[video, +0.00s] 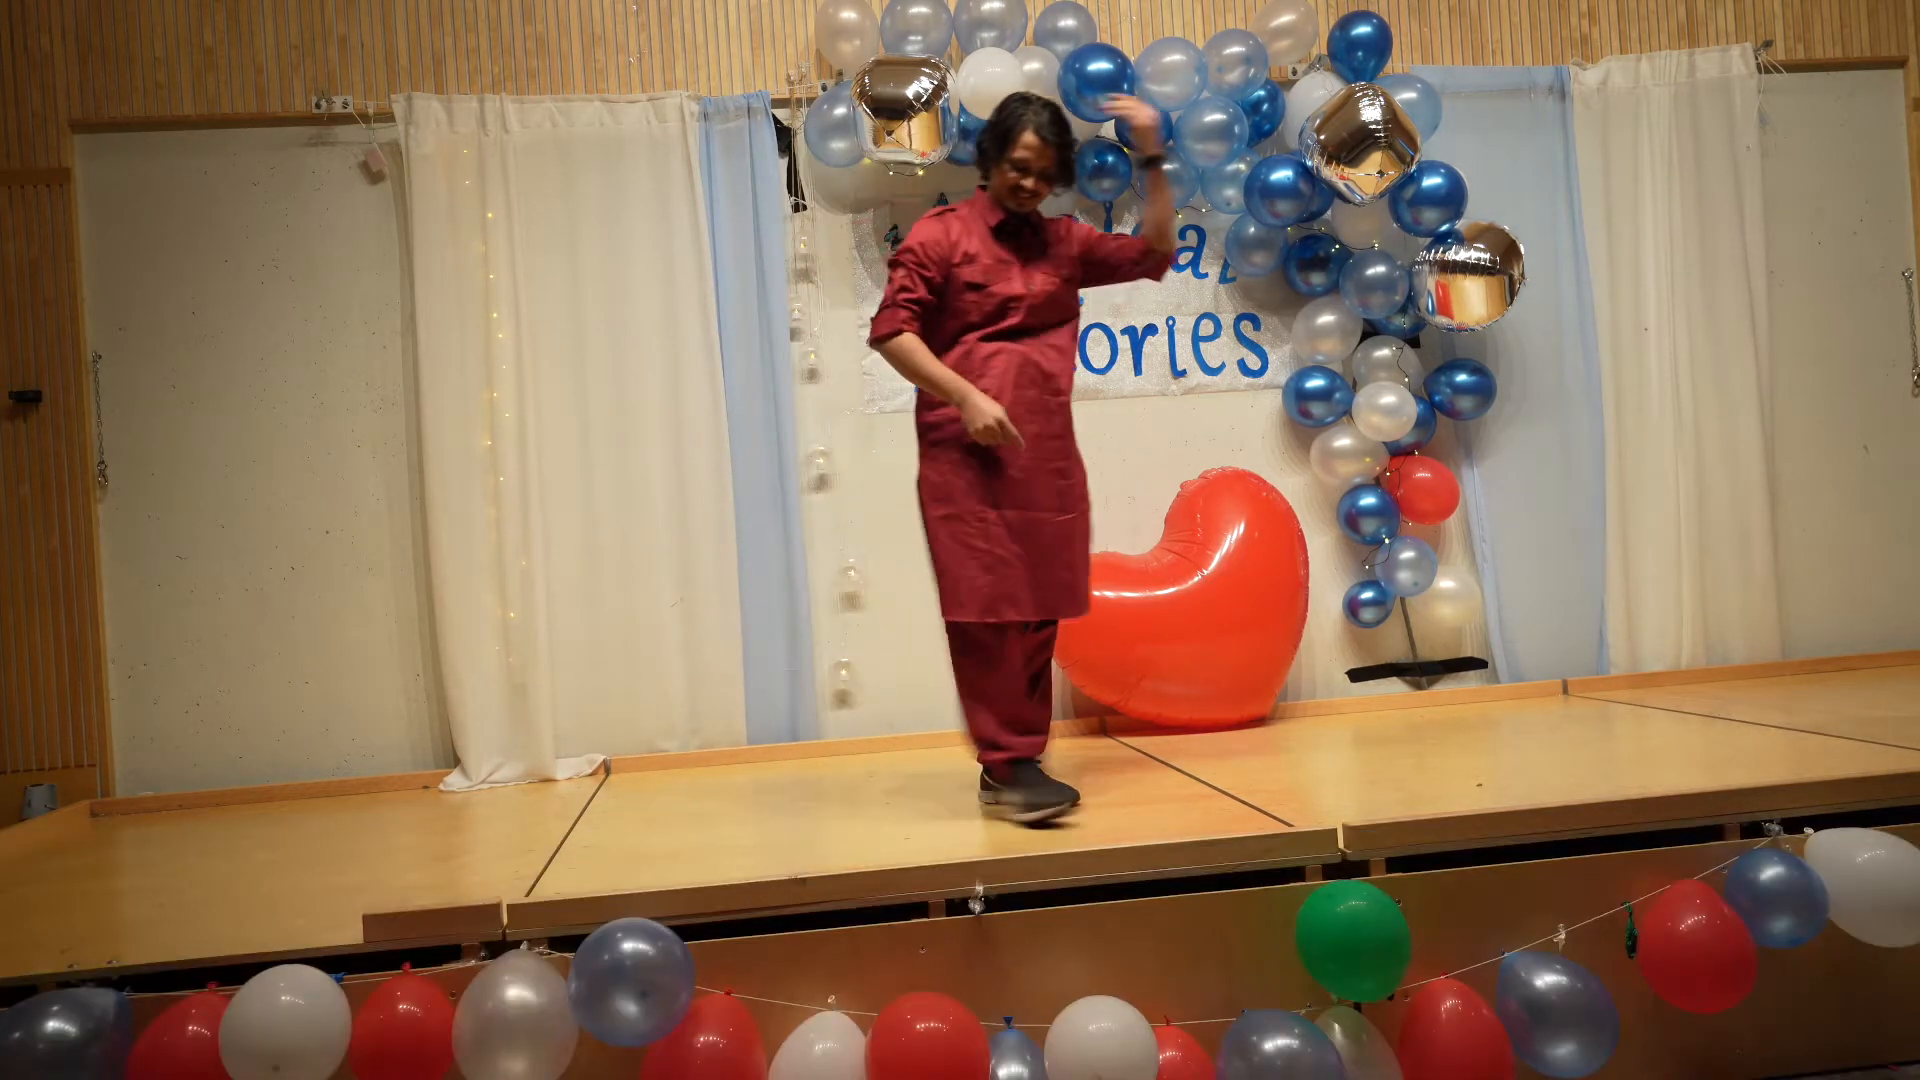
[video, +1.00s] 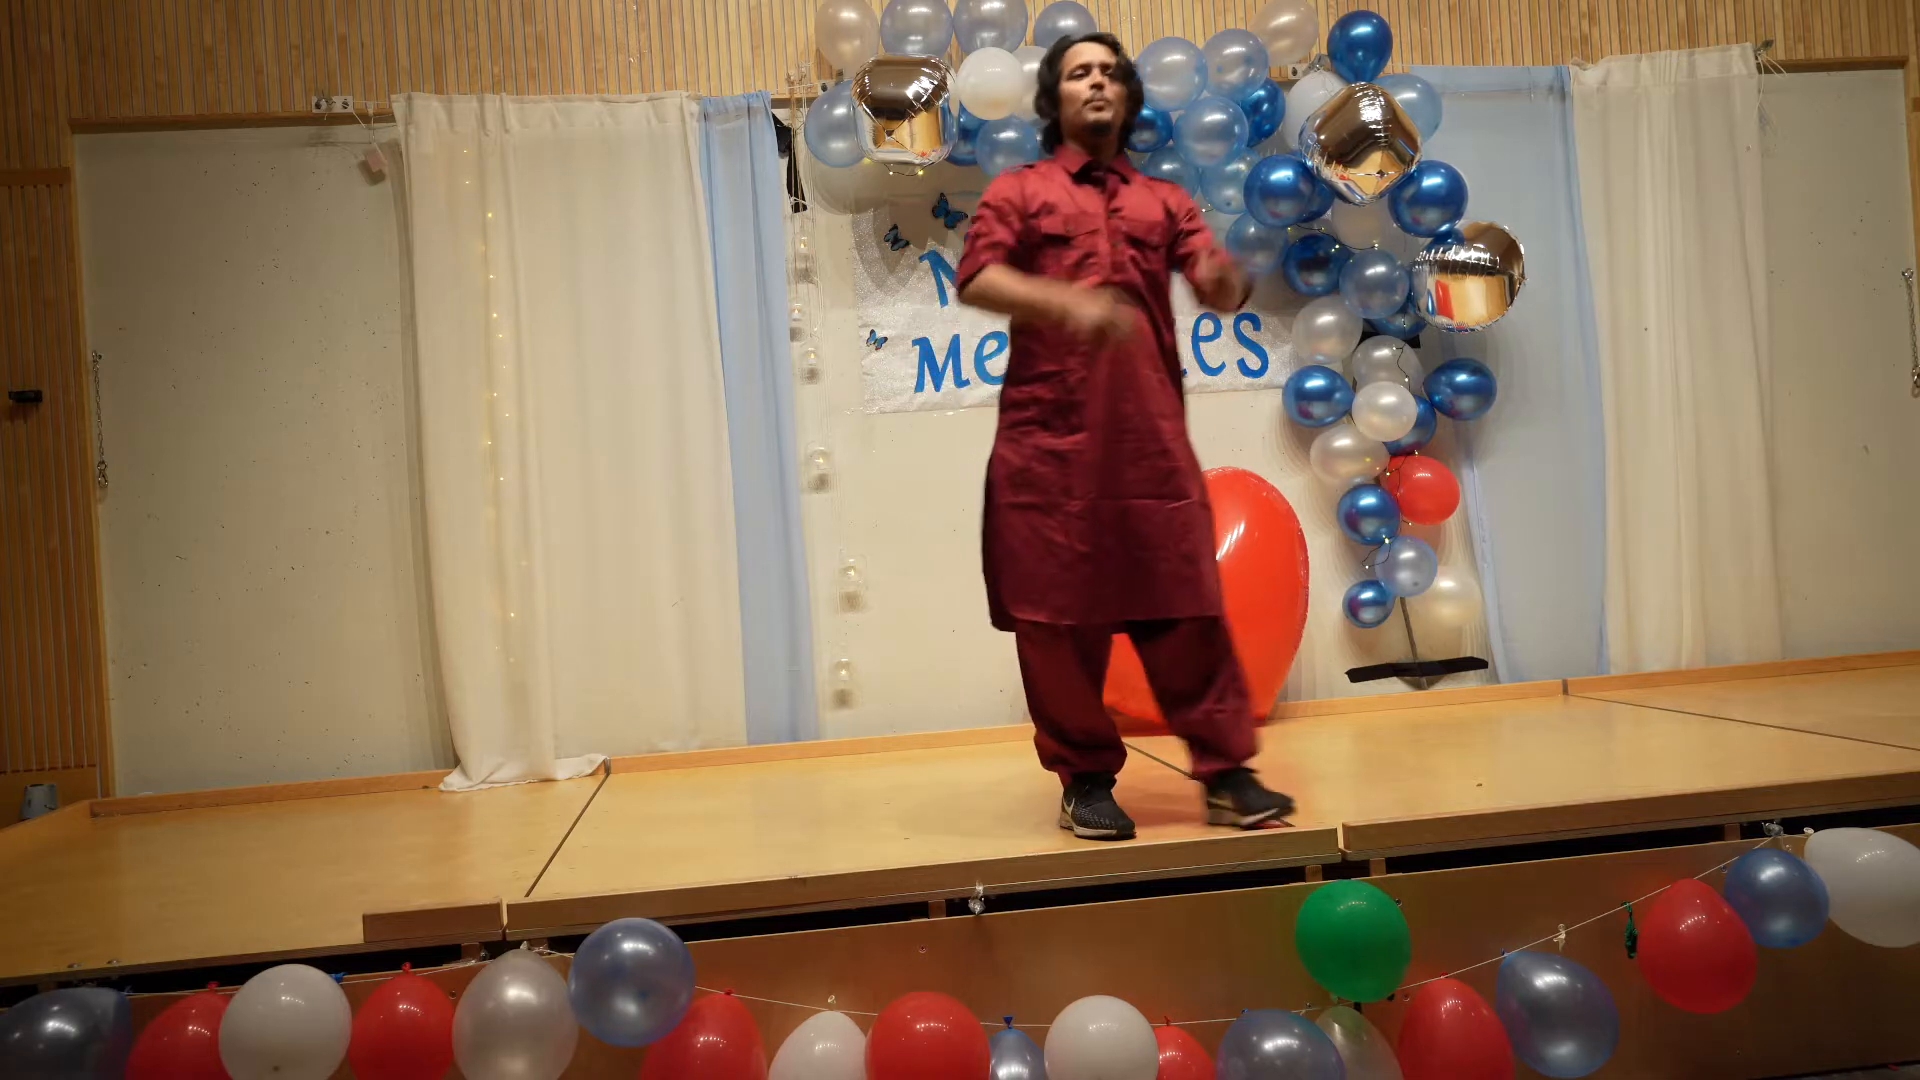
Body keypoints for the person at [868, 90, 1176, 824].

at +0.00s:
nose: (1029, 184)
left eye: (1044, 174)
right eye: (1018, 169)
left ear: (1059, 174)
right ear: (989, 159)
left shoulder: (1063, 239)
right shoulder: (940, 234)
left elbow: (1156, 254)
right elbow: (890, 330)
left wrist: (1153, 158)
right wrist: (964, 396)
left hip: (1045, 449)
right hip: (966, 451)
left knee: (1036, 602)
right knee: (987, 604)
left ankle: (1022, 762)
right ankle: (1003, 769)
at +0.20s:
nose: (1050, 182)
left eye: (1066, 172)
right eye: (1038, 165)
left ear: (1080, 174)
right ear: (1010, 157)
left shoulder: (1078, 242)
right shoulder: (964, 231)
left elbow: (1162, 292)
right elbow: (905, 333)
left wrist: (1229, 230)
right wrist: (974, 413)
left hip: (1059, 454)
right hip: (987, 455)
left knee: (1041, 601)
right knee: (1017, 604)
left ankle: (1006, 760)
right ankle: (1074, 764)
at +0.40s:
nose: (1070, 163)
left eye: (1086, 152)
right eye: (1057, 146)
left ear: (1100, 156)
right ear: (1027, 141)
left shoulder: (1097, 232)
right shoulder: (979, 224)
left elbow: (1150, 328)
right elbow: (929, 332)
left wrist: (1246, 337)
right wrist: (1001, 416)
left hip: (1078, 443)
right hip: (1005, 447)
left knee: (1061, 594)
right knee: (1032, 602)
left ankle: (1014, 749)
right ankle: (1077, 769)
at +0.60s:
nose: (1077, 126)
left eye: (1091, 113)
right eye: (1063, 110)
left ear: (1109, 127)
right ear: (1032, 118)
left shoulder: (1124, 225)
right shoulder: (987, 211)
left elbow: (1146, 335)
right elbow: (940, 321)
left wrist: (1207, 394)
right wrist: (1019, 397)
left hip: (1103, 441)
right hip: (1014, 443)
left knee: (1110, 597)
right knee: (1039, 609)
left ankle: (1036, 721)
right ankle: (1079, 772)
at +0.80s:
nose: (1082, 101)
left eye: (1096, 90)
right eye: (1066, 89)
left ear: (1115, 109)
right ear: (1038, 105)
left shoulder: (1141, 212)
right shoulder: (997, 200)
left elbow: (1166, 309)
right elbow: (954, 307)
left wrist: (1184, 361)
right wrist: (1035, 376)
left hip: (1125, 433)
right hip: (1030, 436)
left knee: (1147, 591)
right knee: (1047, 603)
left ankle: (1120, 748)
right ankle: (1083, 776)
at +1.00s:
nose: (1097, 84)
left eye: (1110, 74)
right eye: (1081, 74)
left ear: (1131, 99)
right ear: (1052, 100)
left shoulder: (1165, 200)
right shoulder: (1019, 190)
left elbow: (1224, 293)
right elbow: (975, 277)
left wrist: (1222, 278)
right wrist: (1067, 301)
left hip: (1150, 435)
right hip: (1050, 441)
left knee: (1187, 601)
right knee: (1057, 613)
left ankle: (1228, 775)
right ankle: (1086, 782)